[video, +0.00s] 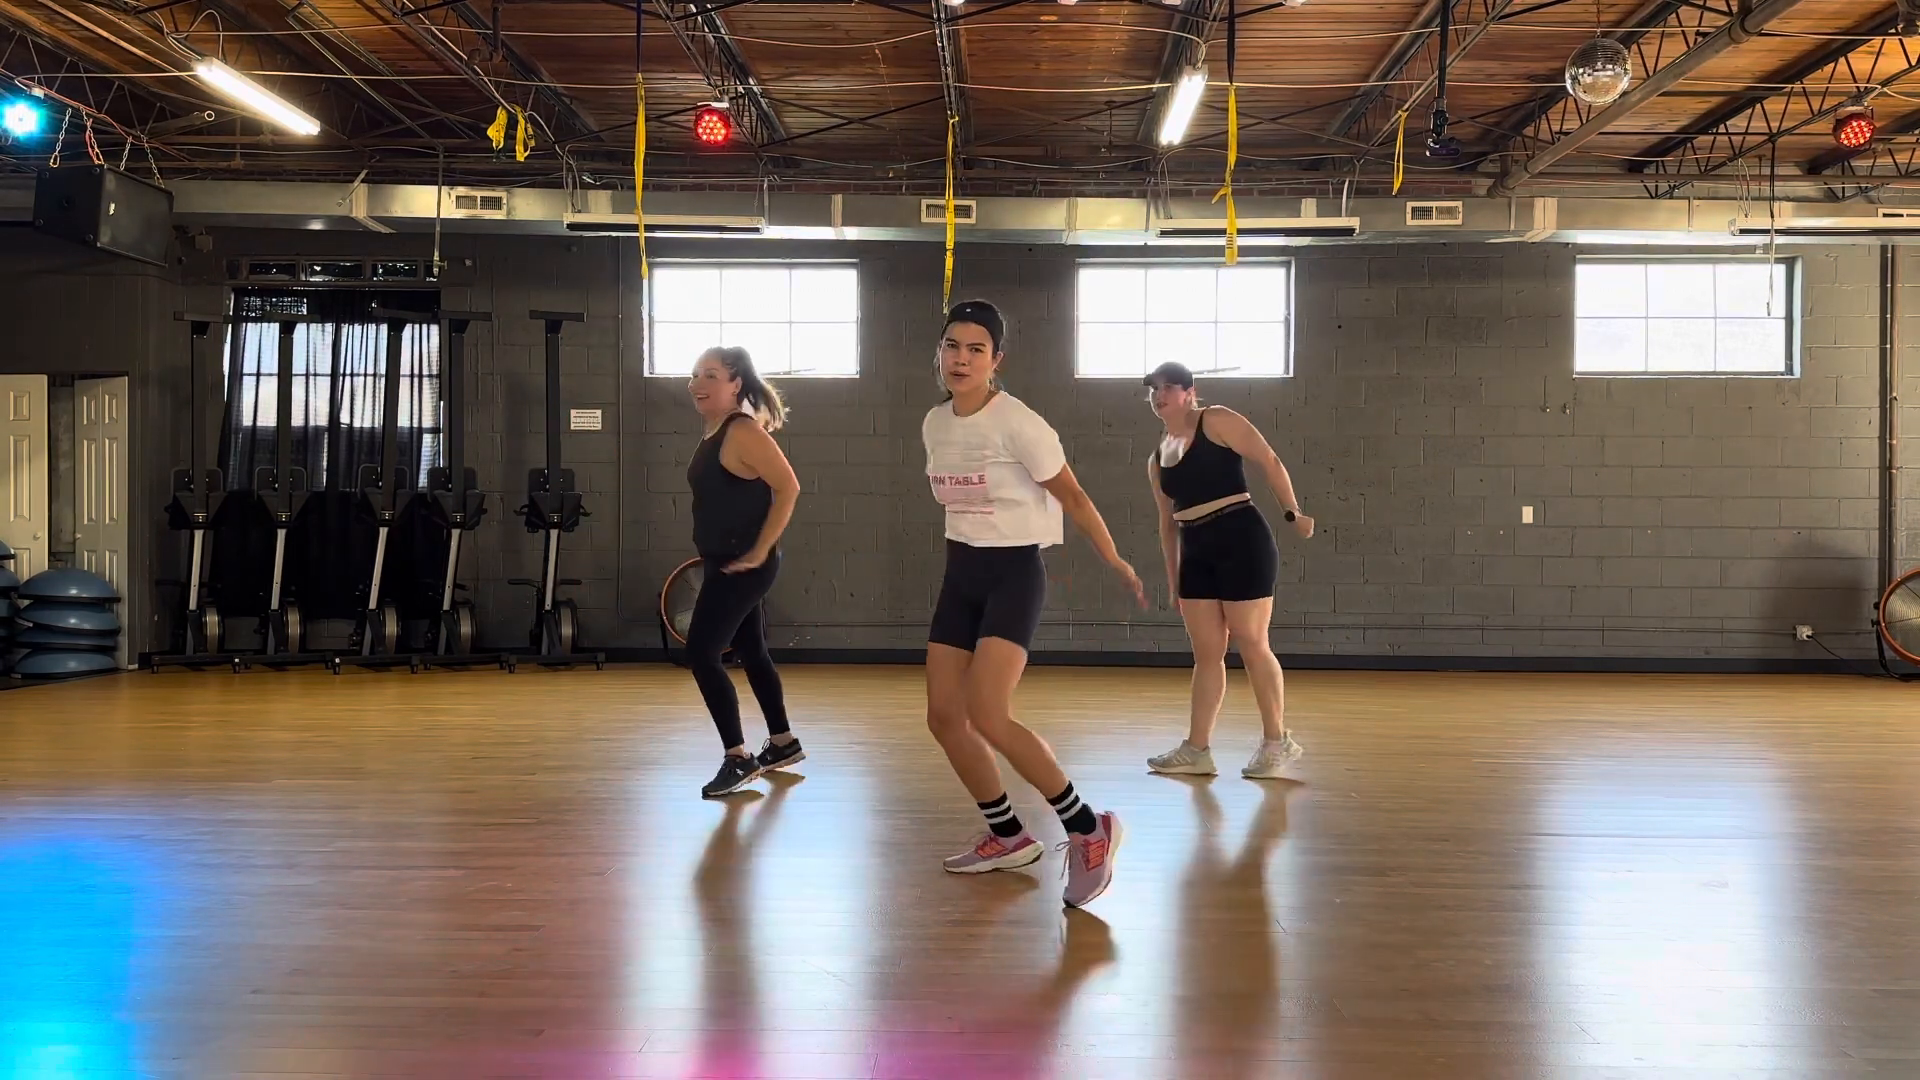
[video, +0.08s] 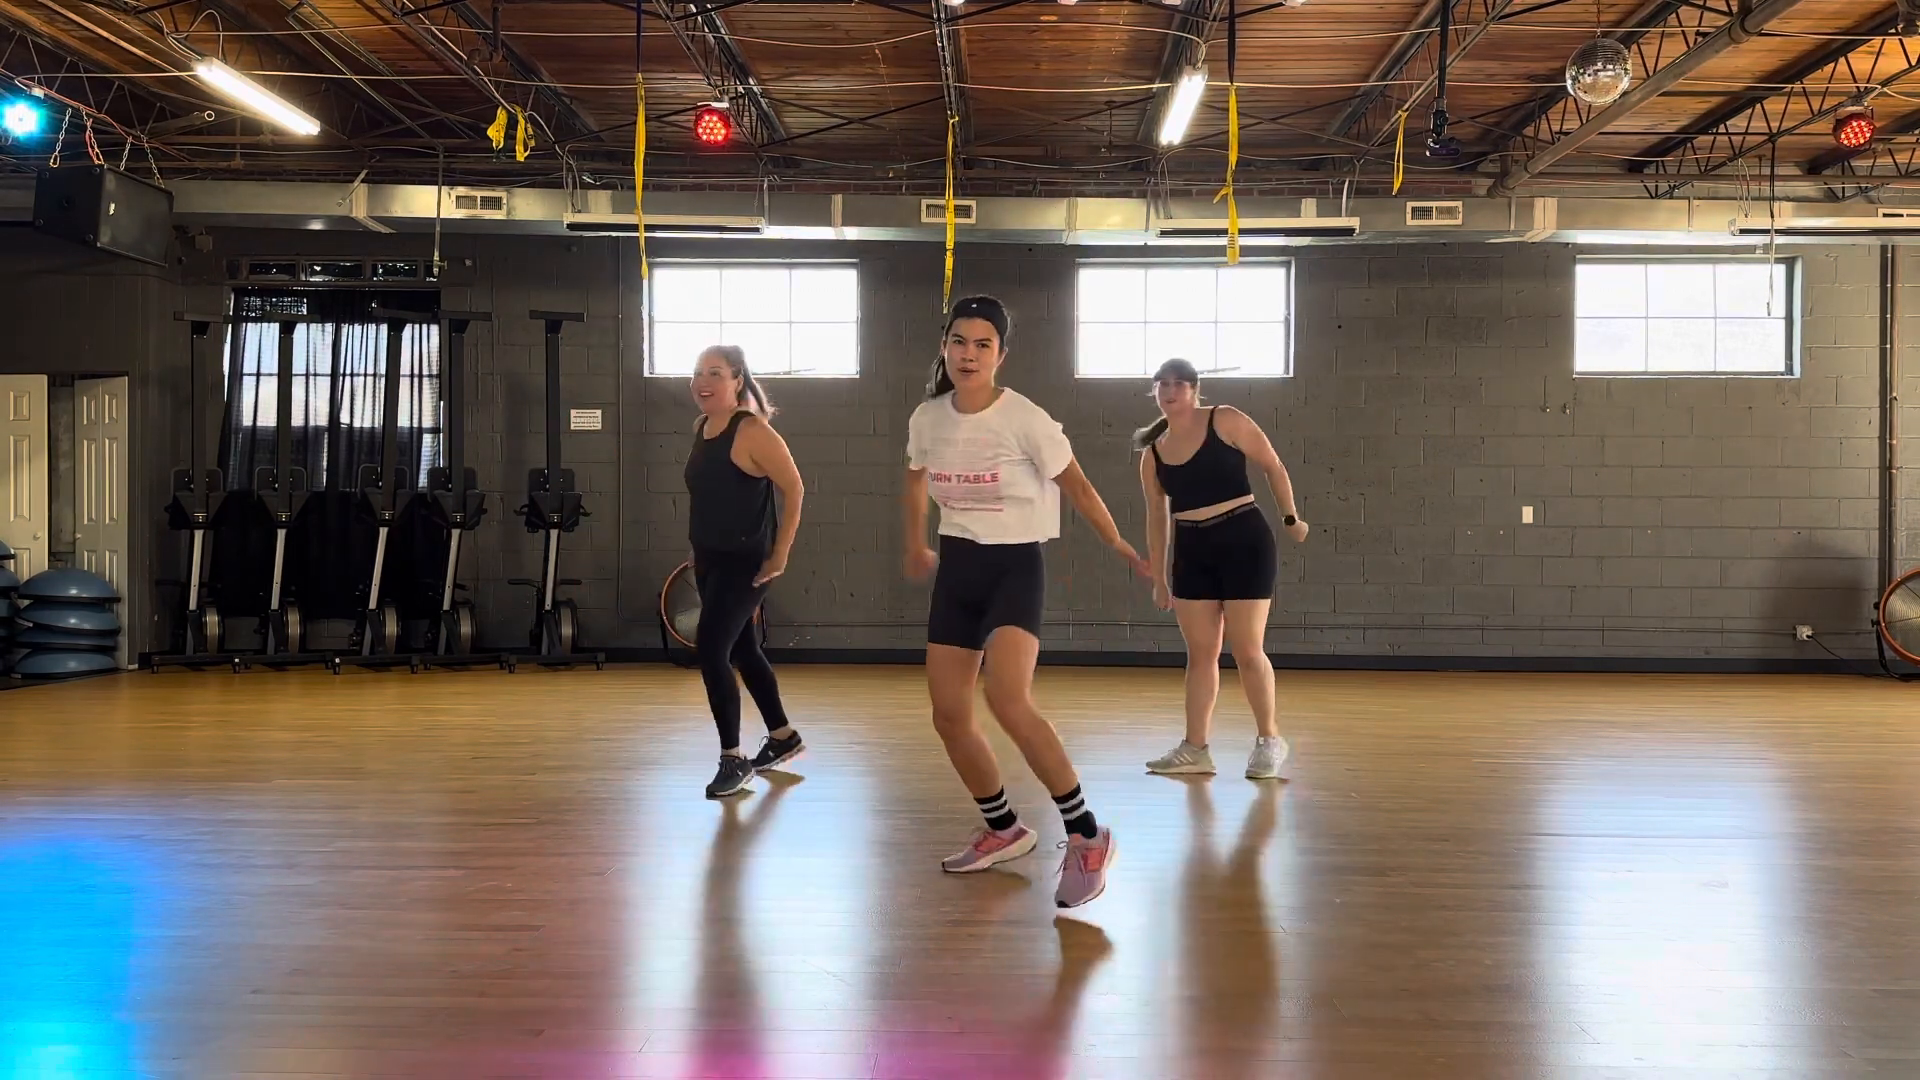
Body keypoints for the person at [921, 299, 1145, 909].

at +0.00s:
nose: (959, 356)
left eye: (974, 348)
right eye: (951, 344)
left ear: (995, 360)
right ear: (938, 352)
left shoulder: (1019, 423)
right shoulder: (935, 423)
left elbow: (1074, 497)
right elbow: (965, 498)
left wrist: (1115, 560)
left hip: (1015, 571)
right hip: (961, 570)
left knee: (989, 714)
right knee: (945, 716)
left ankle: (1087, 831)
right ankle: (1009, 835)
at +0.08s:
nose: (968, 352)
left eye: (981, 343)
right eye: (959, 340)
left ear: (1000, 354)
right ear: (944, 348)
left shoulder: (1026, 418)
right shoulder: (927, 418)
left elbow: (1077, 486)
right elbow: (917, 483)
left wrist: (1121, 546)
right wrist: (916, 542)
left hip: (1015, 566)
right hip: (956, 567)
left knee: (1007, 698)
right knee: (949, 712)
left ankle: (1086, 836)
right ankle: (1004, 829)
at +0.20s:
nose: (984, 343)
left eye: (997, 333)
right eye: (973, 331)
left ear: (1014, 344)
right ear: (957, 339)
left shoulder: (1045, 414)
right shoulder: (925, 408)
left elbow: (1075, 472)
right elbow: (875, 465)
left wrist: (1100, 523)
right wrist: (850, 533)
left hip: (1024, 563)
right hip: (957, 564)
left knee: (1039, 707)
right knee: (956, 711)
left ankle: (1071, 855)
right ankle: (986, 815)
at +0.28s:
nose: (995, 344)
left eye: (1008, 334)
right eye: (984, 333)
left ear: (1025, 345)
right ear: (967, 342)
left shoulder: (1054, 418)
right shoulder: (931, 414)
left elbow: (1067, 476)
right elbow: (861, 471)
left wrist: (1073, 523)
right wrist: (822, 547)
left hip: (1031, 570)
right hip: (962, 571)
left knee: (1042, 715)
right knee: (965, 714)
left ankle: (1062, 865)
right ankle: (979, 815)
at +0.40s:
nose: (1014, 353)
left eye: (1026, 342)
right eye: (1001, 343)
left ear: (1045, 353)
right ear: (983, 357)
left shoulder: (1066, 431)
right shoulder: (955, 432)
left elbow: (1052, 505)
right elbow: (880, 499)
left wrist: (1040, 572)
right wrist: (832, 579)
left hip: (1046, 587)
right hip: (975, 589)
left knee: (1051, 725)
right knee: (971, 728)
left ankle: (1058, 888)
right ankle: (967, 810)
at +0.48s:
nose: (1024, 348)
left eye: (1035, 336)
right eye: (1010, 339)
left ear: (1055, 348)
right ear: (993, 356)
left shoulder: (1073, 426)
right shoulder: (974, 431)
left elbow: (1054, 502)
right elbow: (901, 510)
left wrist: (1045, 570)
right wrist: (860, 604)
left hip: (1053, 584)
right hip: (981, 587)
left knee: (1059, 728)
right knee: (967, 730)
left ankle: (1058, 892)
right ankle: (947, 806)